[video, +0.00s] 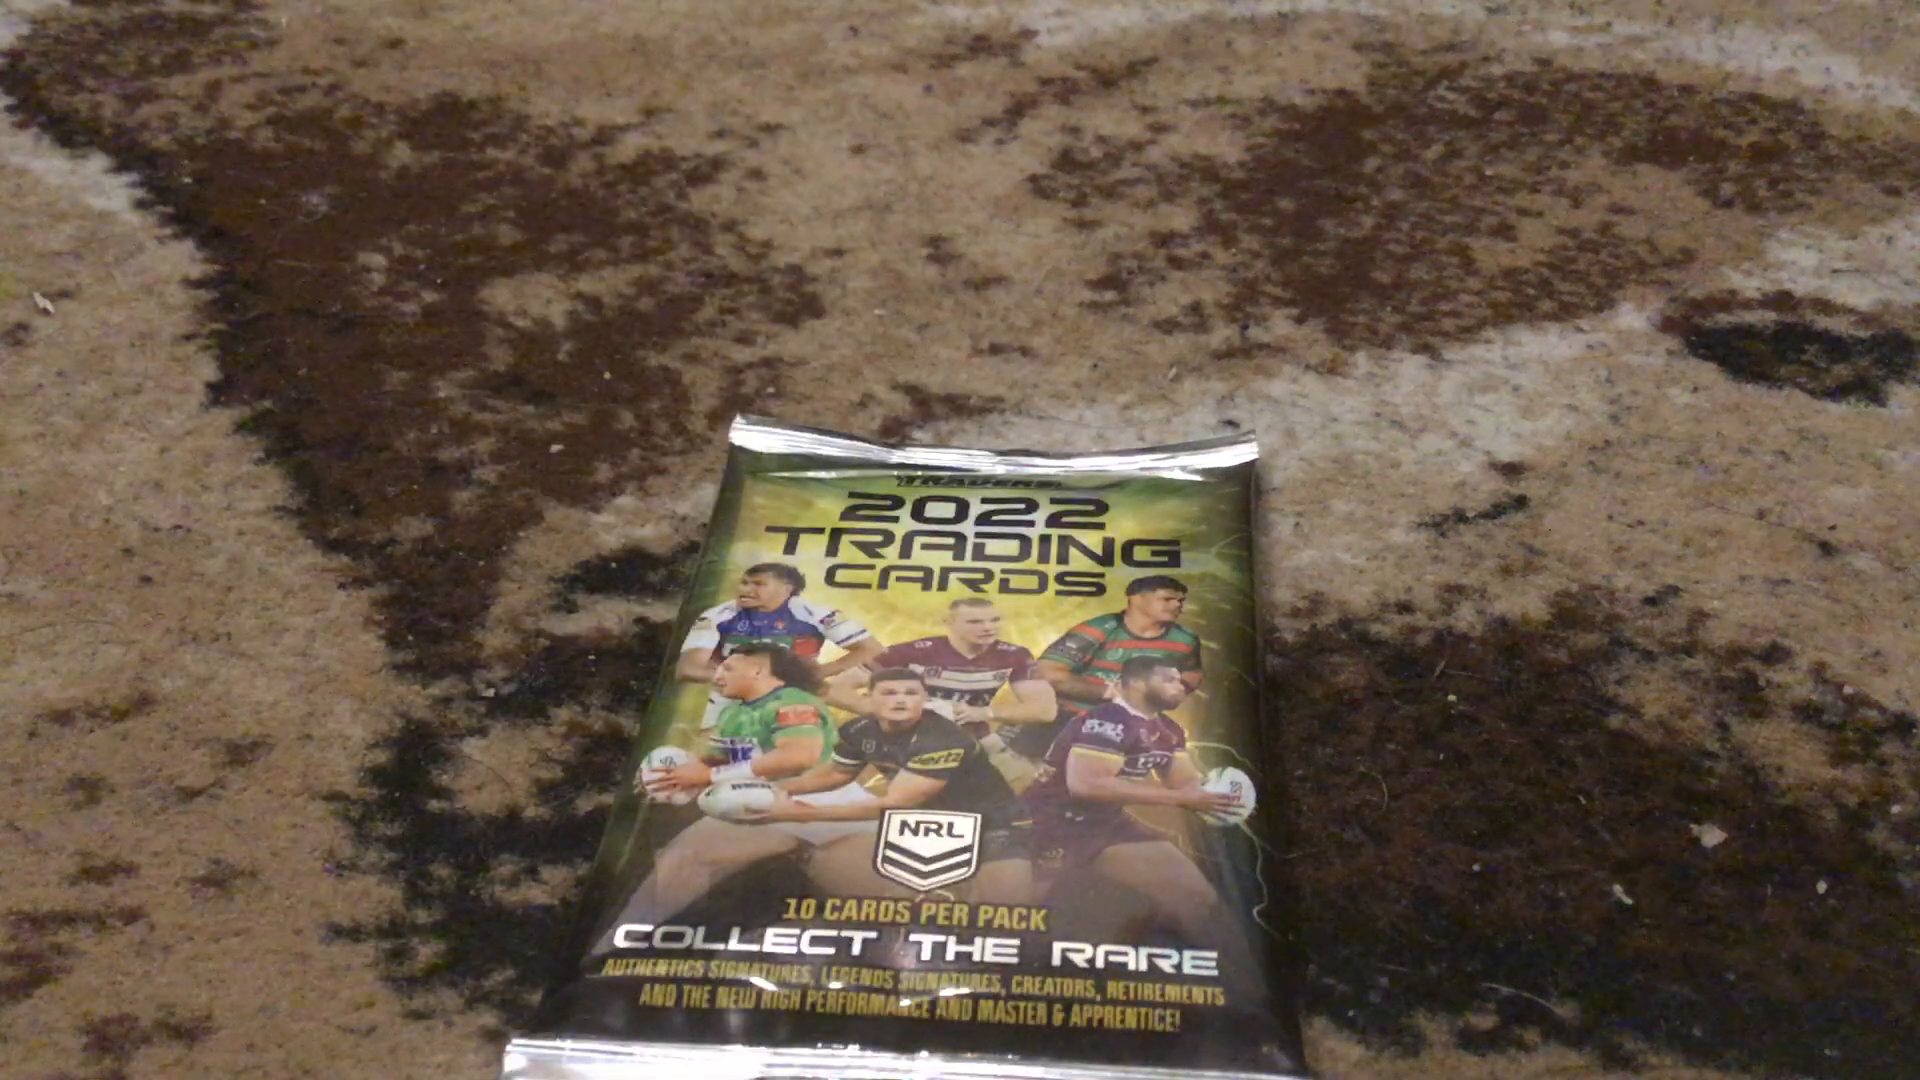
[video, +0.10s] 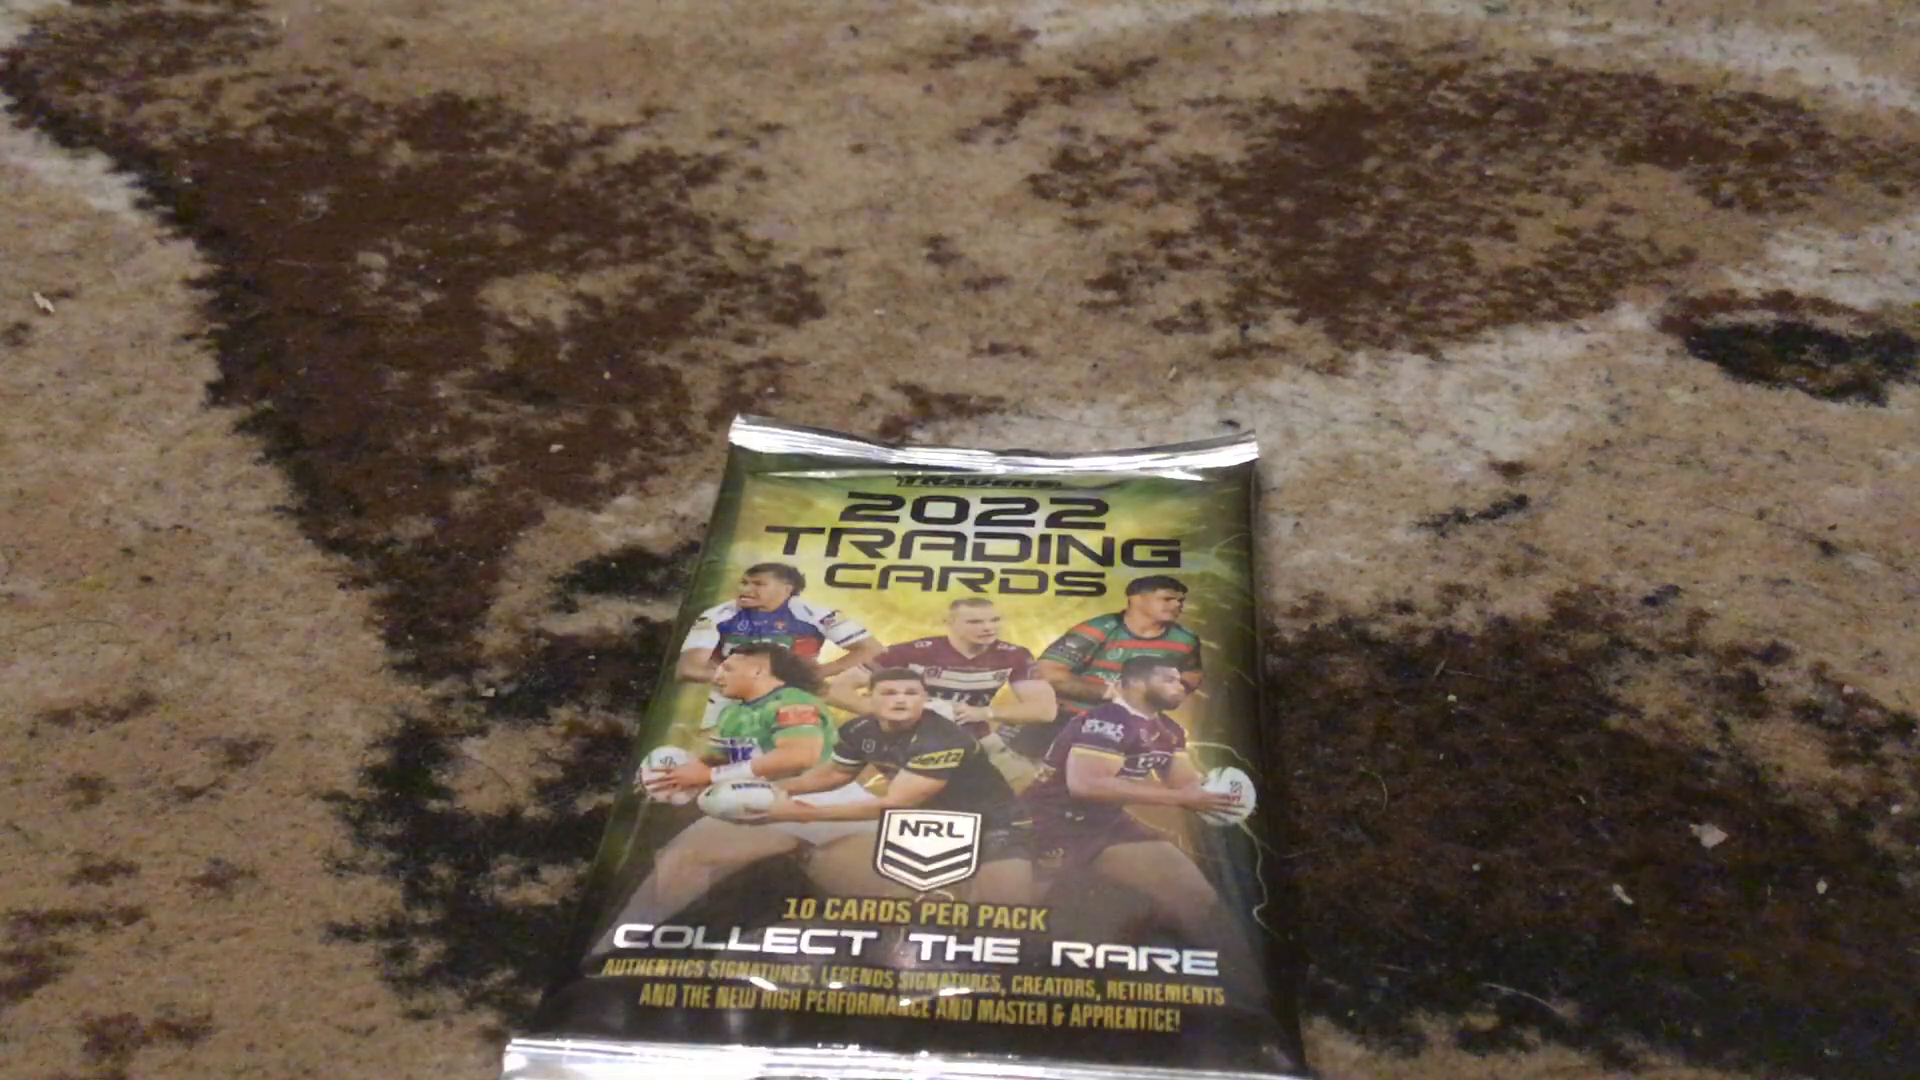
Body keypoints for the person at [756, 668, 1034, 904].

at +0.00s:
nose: (900, 701)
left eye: (910, 693)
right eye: (889, 693)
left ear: (925, 699)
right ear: (871, 699)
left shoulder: (943, 738)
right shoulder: (862, 731)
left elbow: (893, 805)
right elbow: (836, 773)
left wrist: (810, 813)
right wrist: (784, 787)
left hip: (993, 829)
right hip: (927, 825)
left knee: (1002, 919)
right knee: (825, 865)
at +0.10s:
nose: (900, 701)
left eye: (910, 693)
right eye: (889, 693)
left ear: (925, 699)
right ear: (872, 699)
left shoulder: (944, 739)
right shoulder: (861, 731)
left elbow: (892, 806)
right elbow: (835, 772)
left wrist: (807, 813)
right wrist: (786, 787)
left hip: (993, 832)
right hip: (928, 828)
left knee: (1002, 921)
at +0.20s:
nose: (899, 701)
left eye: (910, 694)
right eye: (889, 693)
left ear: (924, 699)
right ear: (873, 699)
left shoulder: (945, 739)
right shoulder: (862, 731)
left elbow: (893, 806)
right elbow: (835, 772)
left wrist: (808, 813)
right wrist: (787, 786)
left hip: (992, 829)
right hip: (929, 827)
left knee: (1003, 917)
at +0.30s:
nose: (900, 700)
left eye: (910, 693)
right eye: (889, 692)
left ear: (925, 698)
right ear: (871, 698)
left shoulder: (943, 738)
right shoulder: (862, 731)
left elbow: (892, 806)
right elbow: (835, 773)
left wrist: (809, 813)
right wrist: (787, 786)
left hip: (994, 828)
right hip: (930, 824)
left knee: (1004, 919)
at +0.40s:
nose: (900, 700)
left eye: (910, 692)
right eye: (889, 691)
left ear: (925, 698)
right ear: (871, 698)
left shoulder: (942, 738)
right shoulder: (860, 731)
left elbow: (893, 806)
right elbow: (834, 773)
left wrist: (807, 813)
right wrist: (784, 787)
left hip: (992, 827)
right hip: (927, 824)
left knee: (1005, 918)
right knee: (827, 867)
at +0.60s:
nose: (900, 700)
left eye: (910, 693)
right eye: (889, 693)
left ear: (925, 698)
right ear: (871, 698)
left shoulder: (944, 738)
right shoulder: (861, 730)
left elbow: (894, 806)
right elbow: (836, 772)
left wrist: (806, 813)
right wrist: (787, 786)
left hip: (993, 828)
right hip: (927, 825)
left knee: (1006, 914)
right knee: (830, 866)